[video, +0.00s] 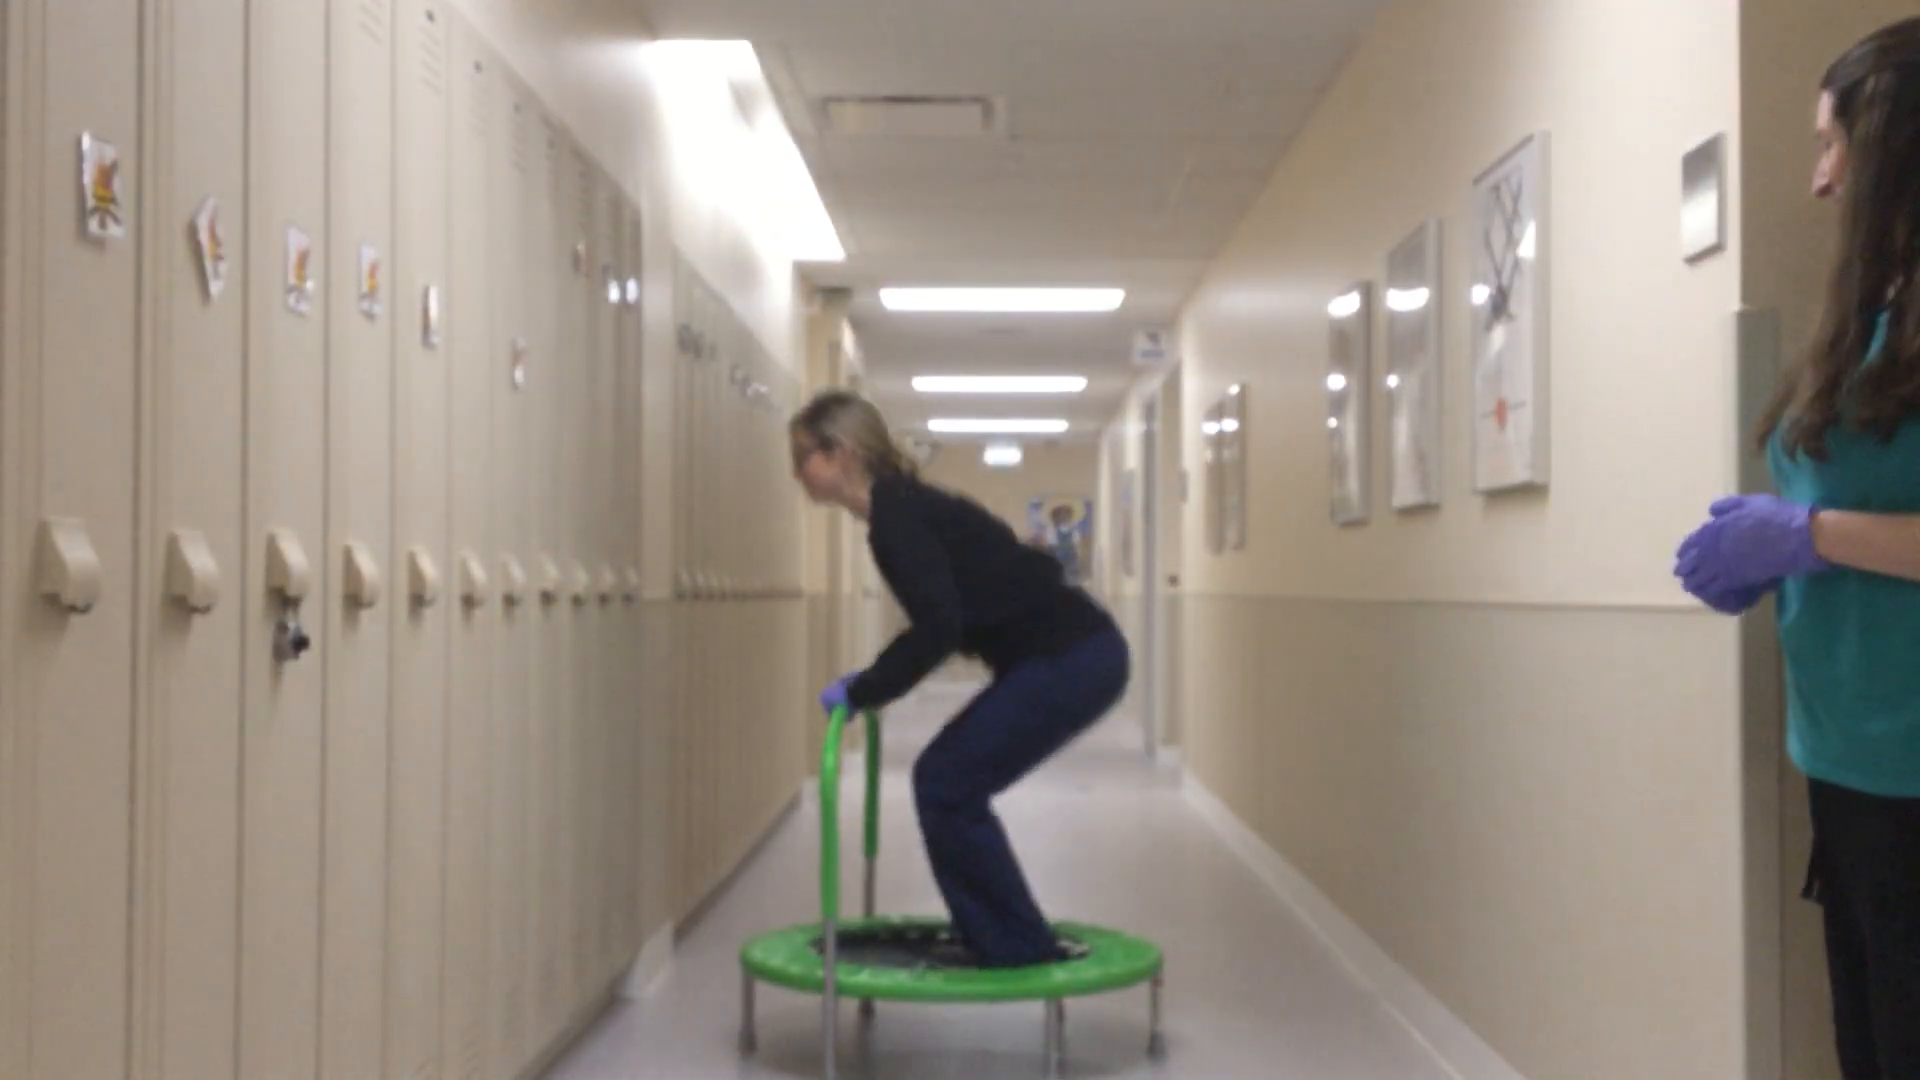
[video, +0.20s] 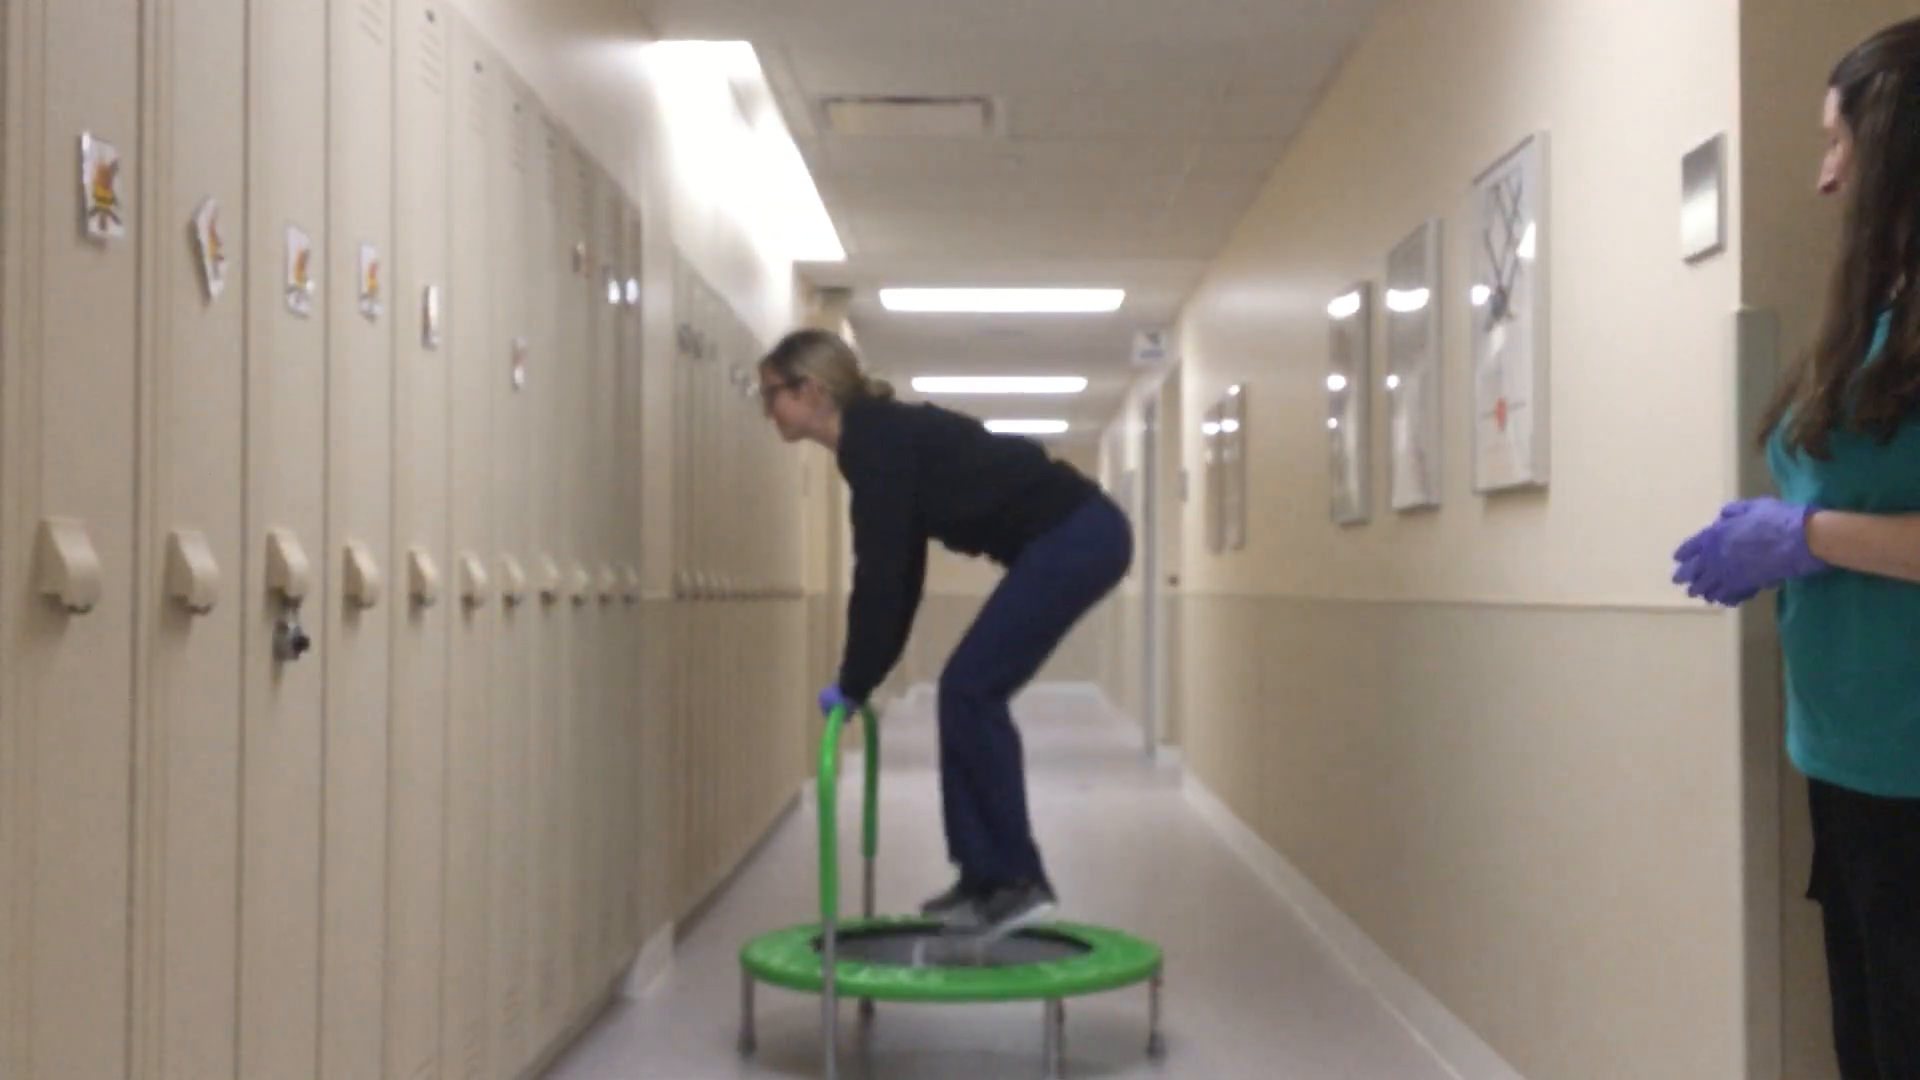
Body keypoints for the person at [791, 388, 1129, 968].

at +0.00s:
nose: (797, 473)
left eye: (802, 457)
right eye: (796, 459)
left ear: (838, 455)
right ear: (841, 456)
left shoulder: (899, 512)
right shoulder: (896, 511)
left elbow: (941, 626)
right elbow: (938, 624)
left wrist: (863, 690)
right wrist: (865, 684)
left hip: (1075, 659)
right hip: (1066, 656)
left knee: (947, 778)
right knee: (943, 775)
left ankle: (1013, 942)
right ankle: (993, 933)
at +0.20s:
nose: (769, 413)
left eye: (773, 395)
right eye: (766, 397)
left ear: (809, 391)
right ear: (816, 391)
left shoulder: (877, 441)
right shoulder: (878, 438)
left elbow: (886, 572)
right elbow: (898, 575)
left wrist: (853, 682)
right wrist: (856, 680)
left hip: (1079, 537)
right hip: (1068, 538)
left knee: (972, 690)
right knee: (966, 690)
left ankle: (1013, 881)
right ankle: (985, 878)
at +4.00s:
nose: (904, 347)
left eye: (899, 331)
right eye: (894, 338)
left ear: (927, 301)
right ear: (926, 306)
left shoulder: (995, 354)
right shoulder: (989, 355)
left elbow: (1017, 478)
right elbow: (1009, 481)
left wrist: (1007, 593)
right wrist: (1001, 589)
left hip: (1064, 579)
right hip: (1057, 577)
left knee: (1015, 759)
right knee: (1017, 758)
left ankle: (1024, 941)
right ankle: (1027, 935)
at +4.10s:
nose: (902, 342)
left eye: (897, 326)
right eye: (893, 333)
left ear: (926, 296)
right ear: (925, 301)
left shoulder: (994, 349)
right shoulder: (989, 351)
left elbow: (1014, 475)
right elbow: (1013, 475)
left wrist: (986, 587)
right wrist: (992, 581)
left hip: (1064, 575)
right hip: (1056, 573)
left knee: (1020, 754)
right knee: (1020, 753)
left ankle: (1024, 940)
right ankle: (1027, 933)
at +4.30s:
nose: (887, 372)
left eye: (881, 356)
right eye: (877, 363)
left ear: (909, 327)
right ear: (909, 330)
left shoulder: (979, 379)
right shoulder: (971, 381)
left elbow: (1004, 502)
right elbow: (999, 504)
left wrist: (932, 587)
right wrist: (932, 580)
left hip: (1078, 590)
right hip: (1068, 590)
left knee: (996, 754)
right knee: (993, 754)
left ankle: (1024, 943)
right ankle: (1022, 935)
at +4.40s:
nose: (876, 413)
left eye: (873, 396)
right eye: (867, 403)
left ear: (902, 370)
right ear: (902, 374)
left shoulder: (970, 426)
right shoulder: (957, 429)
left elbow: (992, 545)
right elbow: (985, 545)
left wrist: (901, 593)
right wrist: (903, 591)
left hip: (1089, 622)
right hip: (1077, 620)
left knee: (977, 763)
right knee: (972, 759)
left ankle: (1022, 944)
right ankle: (1017, 938)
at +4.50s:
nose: (866, 456)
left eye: (865, 440)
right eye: (857, 446)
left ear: (897, 418)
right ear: (899, 421)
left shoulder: (963, 478)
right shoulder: (951, 479)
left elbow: (977, 594)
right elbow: (967, 592)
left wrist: (880, 607)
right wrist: (881, 606)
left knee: (959, 772)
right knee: (954, 769)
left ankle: (1017, 945)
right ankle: (1008, 938)